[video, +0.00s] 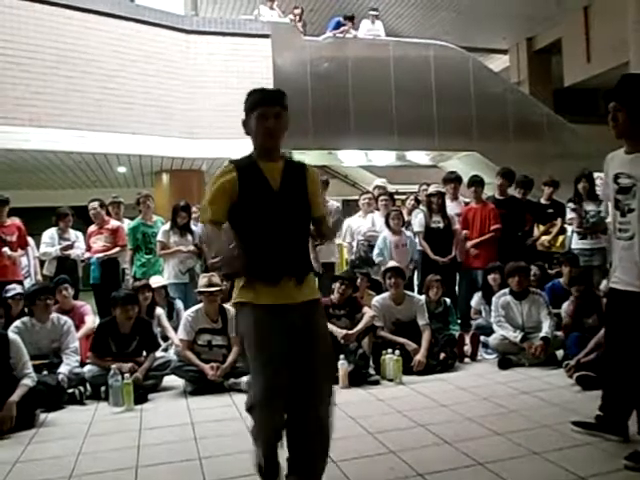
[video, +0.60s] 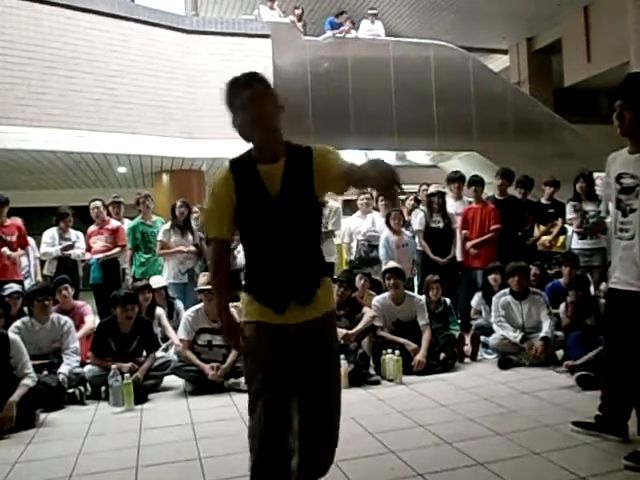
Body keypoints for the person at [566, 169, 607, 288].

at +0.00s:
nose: (583, 185)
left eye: (586, 182)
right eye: (580, 182)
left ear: (591, 185)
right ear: (576, 185)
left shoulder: (601, 203)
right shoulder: (572, 204)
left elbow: (604, 223)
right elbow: (576, 225)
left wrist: (585, 227)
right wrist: (598, 225)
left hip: (598, 248)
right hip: (579, 248)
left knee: (596, 285)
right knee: (579, 284)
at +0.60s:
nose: (581, 186)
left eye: (584, 182)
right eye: (578, 182)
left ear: (590, 185)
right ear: (575, 185)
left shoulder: (599, 203)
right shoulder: (572, 204)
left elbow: (603, 223)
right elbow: (576, 225)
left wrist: (585, 229)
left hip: (598, 247)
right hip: (579, 247)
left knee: (597, 284)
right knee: (579, 283)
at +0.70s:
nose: (582, 186)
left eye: (585, 182)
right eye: (579, 182)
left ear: (590, 184)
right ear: (575, 185)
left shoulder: (599, 202)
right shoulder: (572, 204)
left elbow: (603, 223)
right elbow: (576, 225)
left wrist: (585, 229)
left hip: (598, 247)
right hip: (579, 247)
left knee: (598, 285)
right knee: (580, 284)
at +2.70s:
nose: (585, 189)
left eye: (587, 185)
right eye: (582, 185)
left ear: (591, 186)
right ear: (577, 187)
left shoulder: (600, 201)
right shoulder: (571, 204)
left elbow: (602, 223)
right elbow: (576, 226)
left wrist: (583, 229)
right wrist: (584, 208)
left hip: (597, 246)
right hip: (579, 246)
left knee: (599, 279)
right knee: (580, 280)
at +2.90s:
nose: (585, 189)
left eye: (588, 185)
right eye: (582, 185)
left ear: (591, 186)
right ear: (577, 187)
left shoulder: (600, 201)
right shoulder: (571, 204)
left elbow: (602, 223)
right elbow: (576, 226)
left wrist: (583, 229)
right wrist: (583, 208)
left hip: (597, 246)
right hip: (579, 247)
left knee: (599, 280)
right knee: (580, 280)